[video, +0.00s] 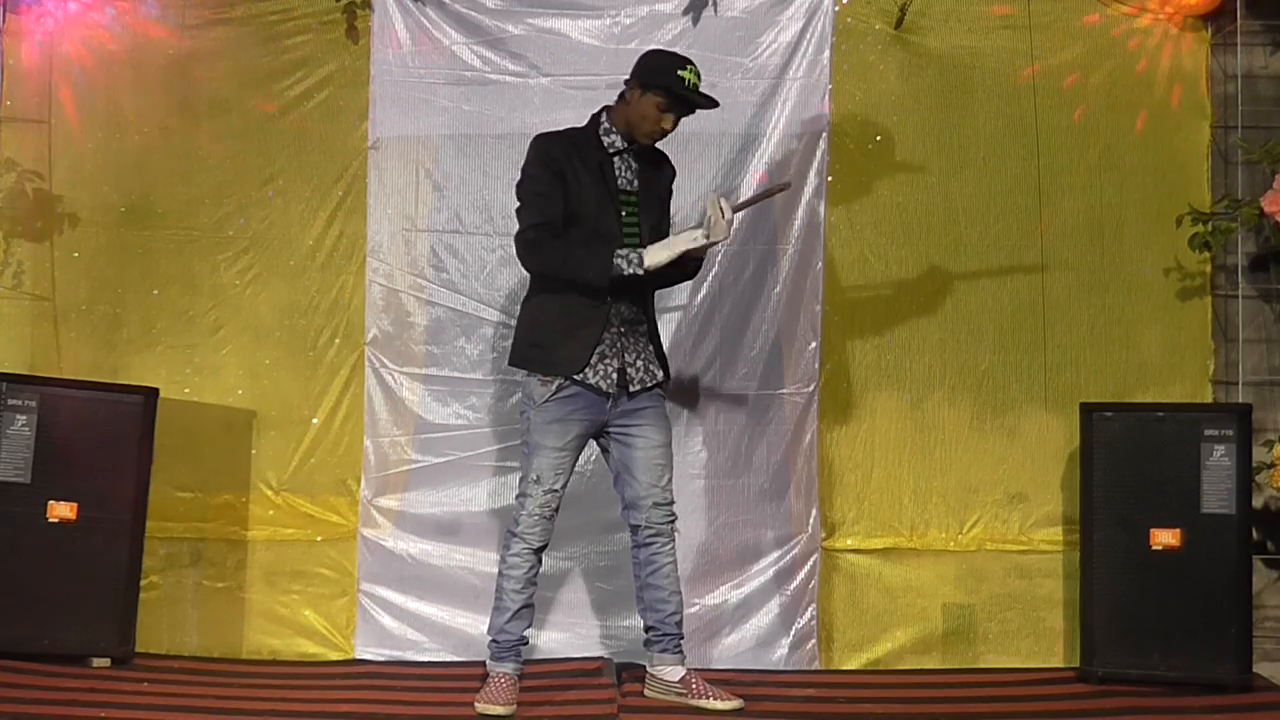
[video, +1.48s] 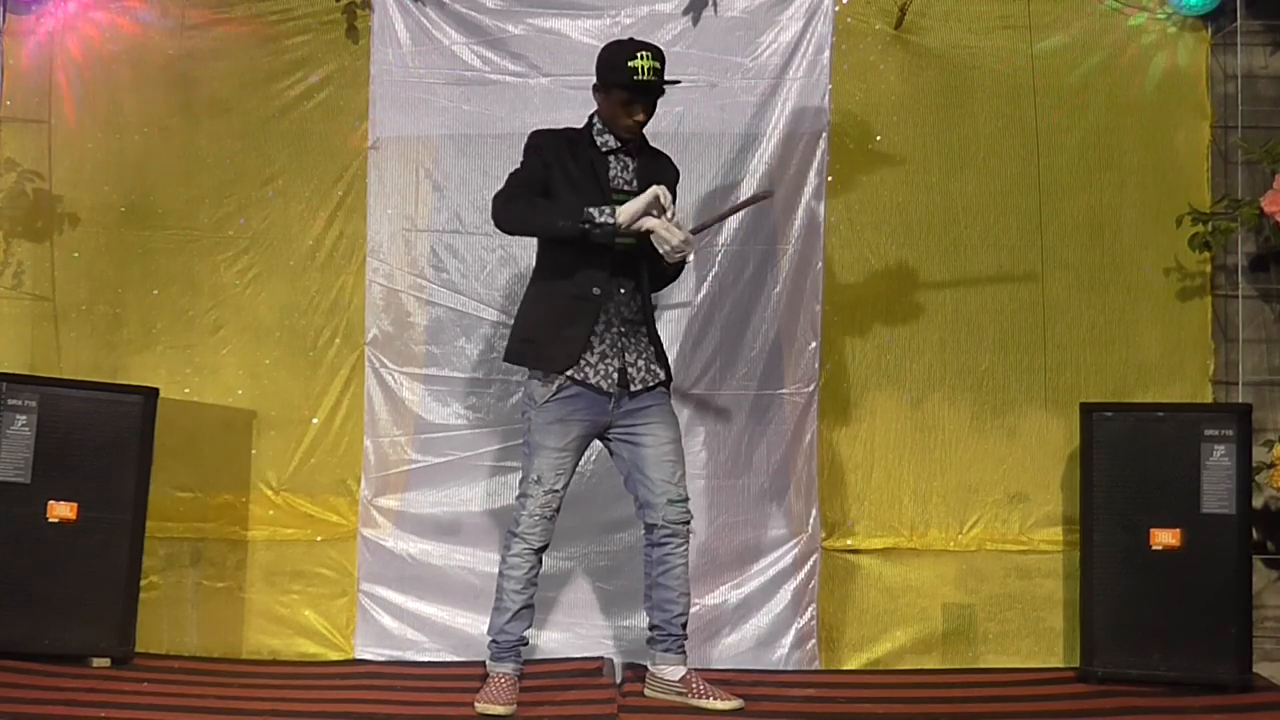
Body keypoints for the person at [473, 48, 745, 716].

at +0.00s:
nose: (671, 125)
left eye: (680, 115)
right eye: (665, 109)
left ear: (675, 114)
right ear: (631, 93)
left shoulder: (657, 171)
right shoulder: (555, 151)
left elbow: (645, 273)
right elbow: (537, 250)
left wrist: (699, 247)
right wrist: (631, 261)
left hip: (638, 374)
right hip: (564, 372)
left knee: (654, 518)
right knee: (533, 521)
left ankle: (666, 670)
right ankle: (502, 669)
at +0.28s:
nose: (618, 92)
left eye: (633, 85)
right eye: (610, 77)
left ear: (648, 97)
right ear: (591, 79)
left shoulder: (654, 170)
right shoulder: (546, 153)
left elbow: (653, 272)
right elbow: (535, 252)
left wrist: (705, 249)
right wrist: (621, 211)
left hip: (639, 374)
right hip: (563, 371)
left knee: (654, 518)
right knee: (532, 520)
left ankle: (666, 669)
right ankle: (503, 668)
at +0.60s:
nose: (624, 89)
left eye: (641, 81)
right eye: (617, 76)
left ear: (662, 95)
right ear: (604, 81)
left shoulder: (665, 171)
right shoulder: (559, 152)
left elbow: (653, 275)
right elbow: (537, 248)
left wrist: (698, 250)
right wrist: (625, 256)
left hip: (641, 372)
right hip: (565, 368)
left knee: (661, 517)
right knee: (533, 518)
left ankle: (667, 670)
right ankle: (503, 668)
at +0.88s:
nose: (622, 89)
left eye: (637, 79)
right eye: (614, 76)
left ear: (658, 91)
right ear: (601, 81)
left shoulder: (665, 170)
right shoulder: (557, 151)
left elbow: (650, 275)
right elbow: (532, 243)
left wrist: (692, 252)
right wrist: (632, 243)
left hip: (640, 372)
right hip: (565, 368)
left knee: (662, 520)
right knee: (534, 519)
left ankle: (666, 671)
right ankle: (503, 667)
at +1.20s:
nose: (621, 91)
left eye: (635, 81)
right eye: (611, 77)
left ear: (650, 91)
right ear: (591, 82)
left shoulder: (662, 171)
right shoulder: (553, 151)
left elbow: (650, 277)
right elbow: (529, 239)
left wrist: (685, 246)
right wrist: (633, 234)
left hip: (640, 373)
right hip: (564, 369)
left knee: (663, 520)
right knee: (532, 520)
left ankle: (667, 670)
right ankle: (503, 668)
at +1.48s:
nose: (642, 108)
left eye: (651, 97)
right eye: (631, 95)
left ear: (657, 99)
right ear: (600, 92)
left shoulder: (659, 170)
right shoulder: (552, 148)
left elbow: (652, 278)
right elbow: (508, 212)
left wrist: (672, 255)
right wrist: (605, 219)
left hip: (641, 376)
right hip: (565, 372)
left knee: (670, 515)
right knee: (534, 520)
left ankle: (667, 670)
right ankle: (503, 668)